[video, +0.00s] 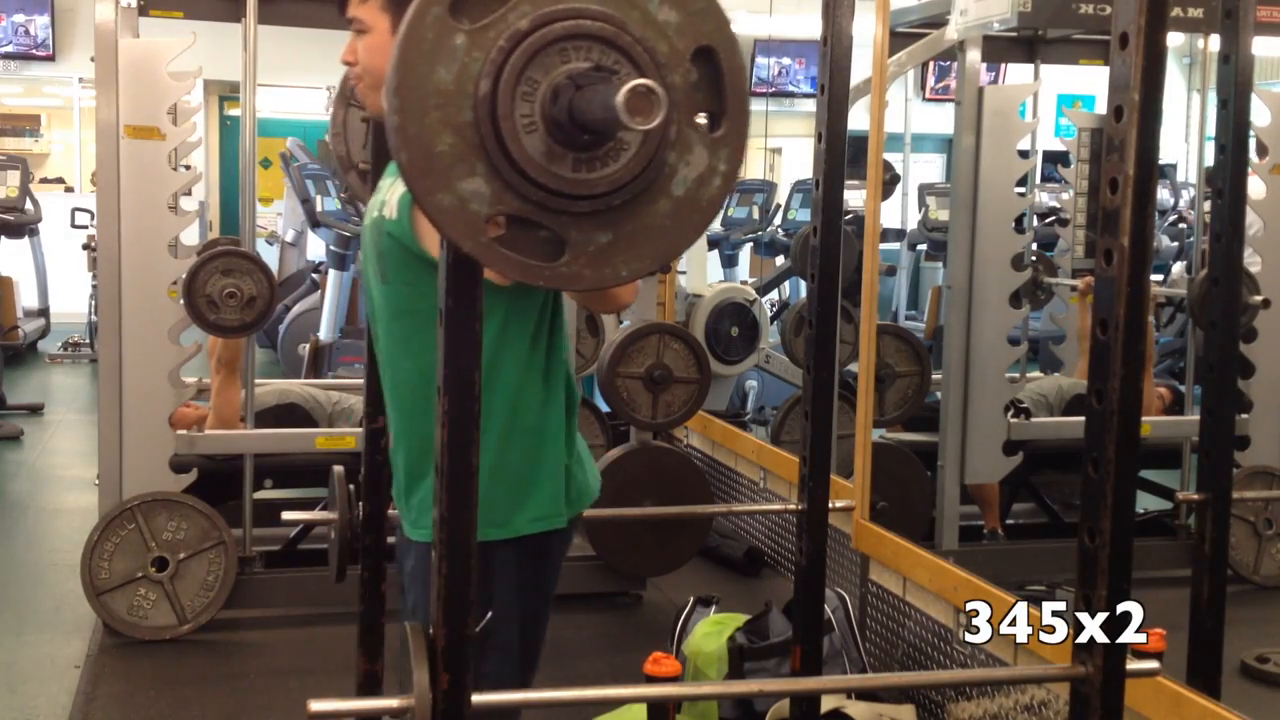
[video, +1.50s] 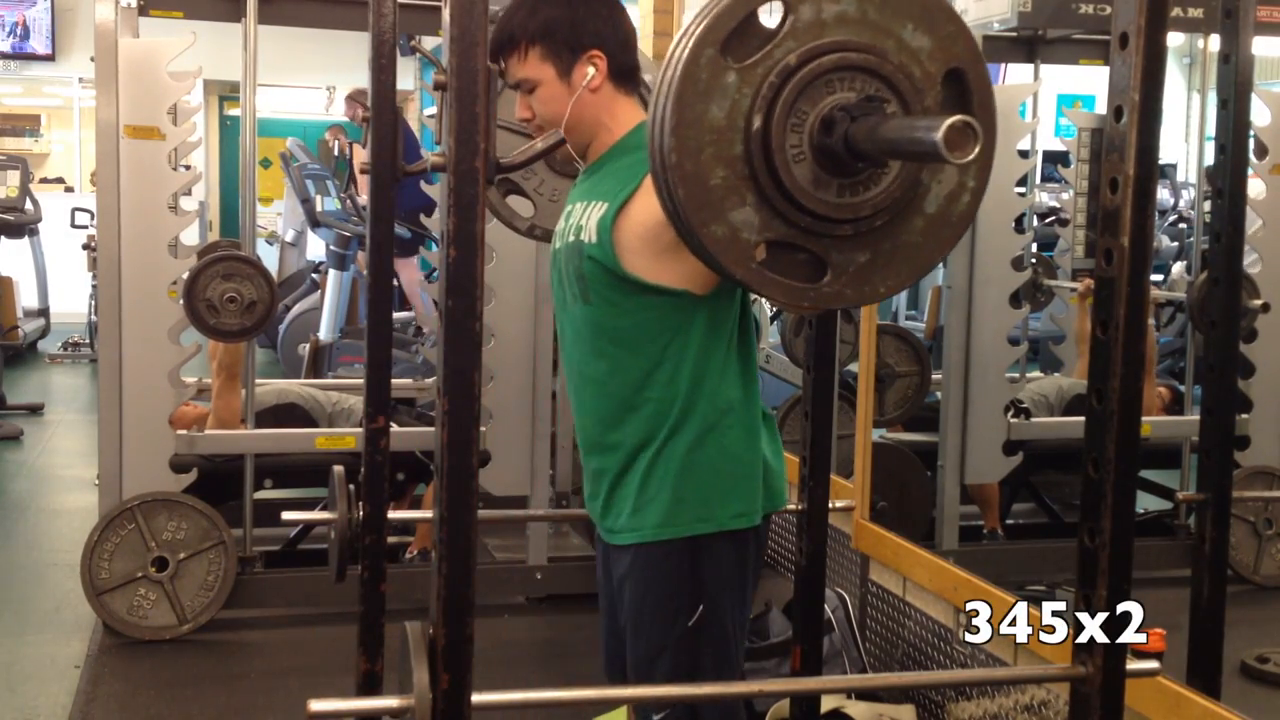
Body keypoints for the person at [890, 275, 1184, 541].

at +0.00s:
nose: (1155, 395)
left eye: (1161, 398)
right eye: (1157, 391)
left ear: (1161, 413)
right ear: (1145, 384)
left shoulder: (1134, 417)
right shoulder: (1098, 387)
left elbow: (1144, 361)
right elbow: (1086, 341)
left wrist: (1143, 308)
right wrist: (1084, 297)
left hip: (1028, 412)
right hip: (1007, 399)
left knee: (979, 448)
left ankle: (992, 531)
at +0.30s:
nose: (1155, 394)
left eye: (1161, 398)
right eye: (1157, 390)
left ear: (1160, 413)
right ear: (1146, 384)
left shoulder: (1134, 417)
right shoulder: (1101, 389)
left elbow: (1144, 360)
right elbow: (1087, 344)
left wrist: (1144, 310)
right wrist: (1083, 298)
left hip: (1027, 412)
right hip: (1008, 398)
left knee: (979, 450)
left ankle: (992, 531)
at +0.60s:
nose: (1154, 394)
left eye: (1161, 398)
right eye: (1157, 391)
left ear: (1159, 414)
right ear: (1146, 386)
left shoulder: (1127, 415)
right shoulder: (1098, 389)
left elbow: (1144, 359)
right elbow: (1086, 343)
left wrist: (1144, 308)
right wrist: (1083, 298)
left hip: (1022, 412)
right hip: (1006, 396)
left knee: (978, 449)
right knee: (905, 415)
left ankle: (992, 531)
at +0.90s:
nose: (1153, 392)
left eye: (1160, 396)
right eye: (1157, 390)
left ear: (1160, 413)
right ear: (1145, 386)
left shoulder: (1130, 416)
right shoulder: (1098, 392)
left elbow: (1144, 363)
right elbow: (1086, 346)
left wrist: (1144, 311)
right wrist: (1083, 299)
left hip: (1023, 411)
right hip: (1007, 397)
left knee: (978, 449)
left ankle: (992, 531)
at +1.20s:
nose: (1154, 392)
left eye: (1161, 396)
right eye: (1157, 390)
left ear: (1161, 412)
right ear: (1146, 386)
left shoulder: (1133, 416)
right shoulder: (1100, 390)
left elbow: (1144, 364)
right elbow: (1086, 346)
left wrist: (1144, 311)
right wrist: (1084, 300)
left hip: (1024, 413)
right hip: (1007, 399)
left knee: (977, 448)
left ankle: (992, 530)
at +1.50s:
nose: (1155, 393)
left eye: (1161, 397)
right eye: (1157, 390)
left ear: (1161, 412)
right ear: (1146, 386)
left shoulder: (1132, 417)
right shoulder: (1100, 391)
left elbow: (1145, 365)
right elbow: (1085, 346)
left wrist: (1145, 311)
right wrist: (1083, 300)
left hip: (1023, 413)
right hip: (1007, 398)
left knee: (978, 449)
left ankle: (992, 530)